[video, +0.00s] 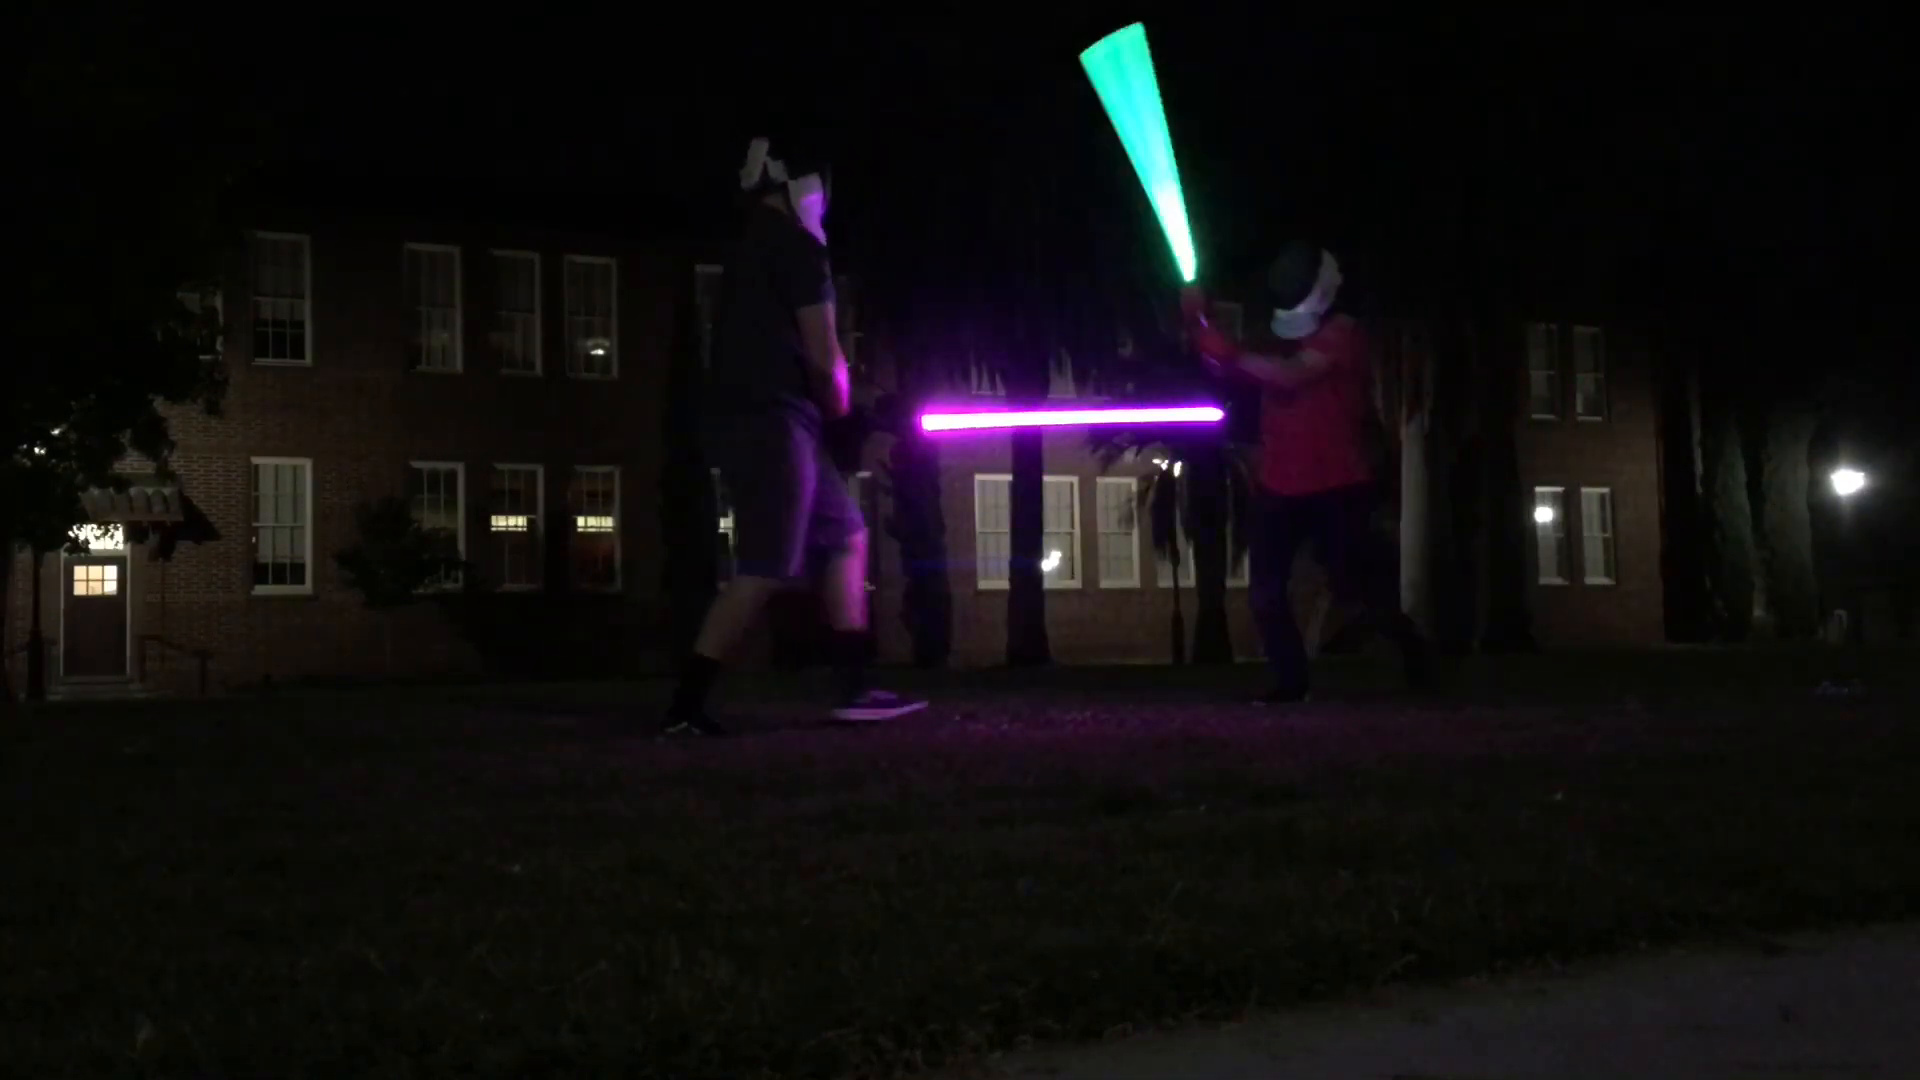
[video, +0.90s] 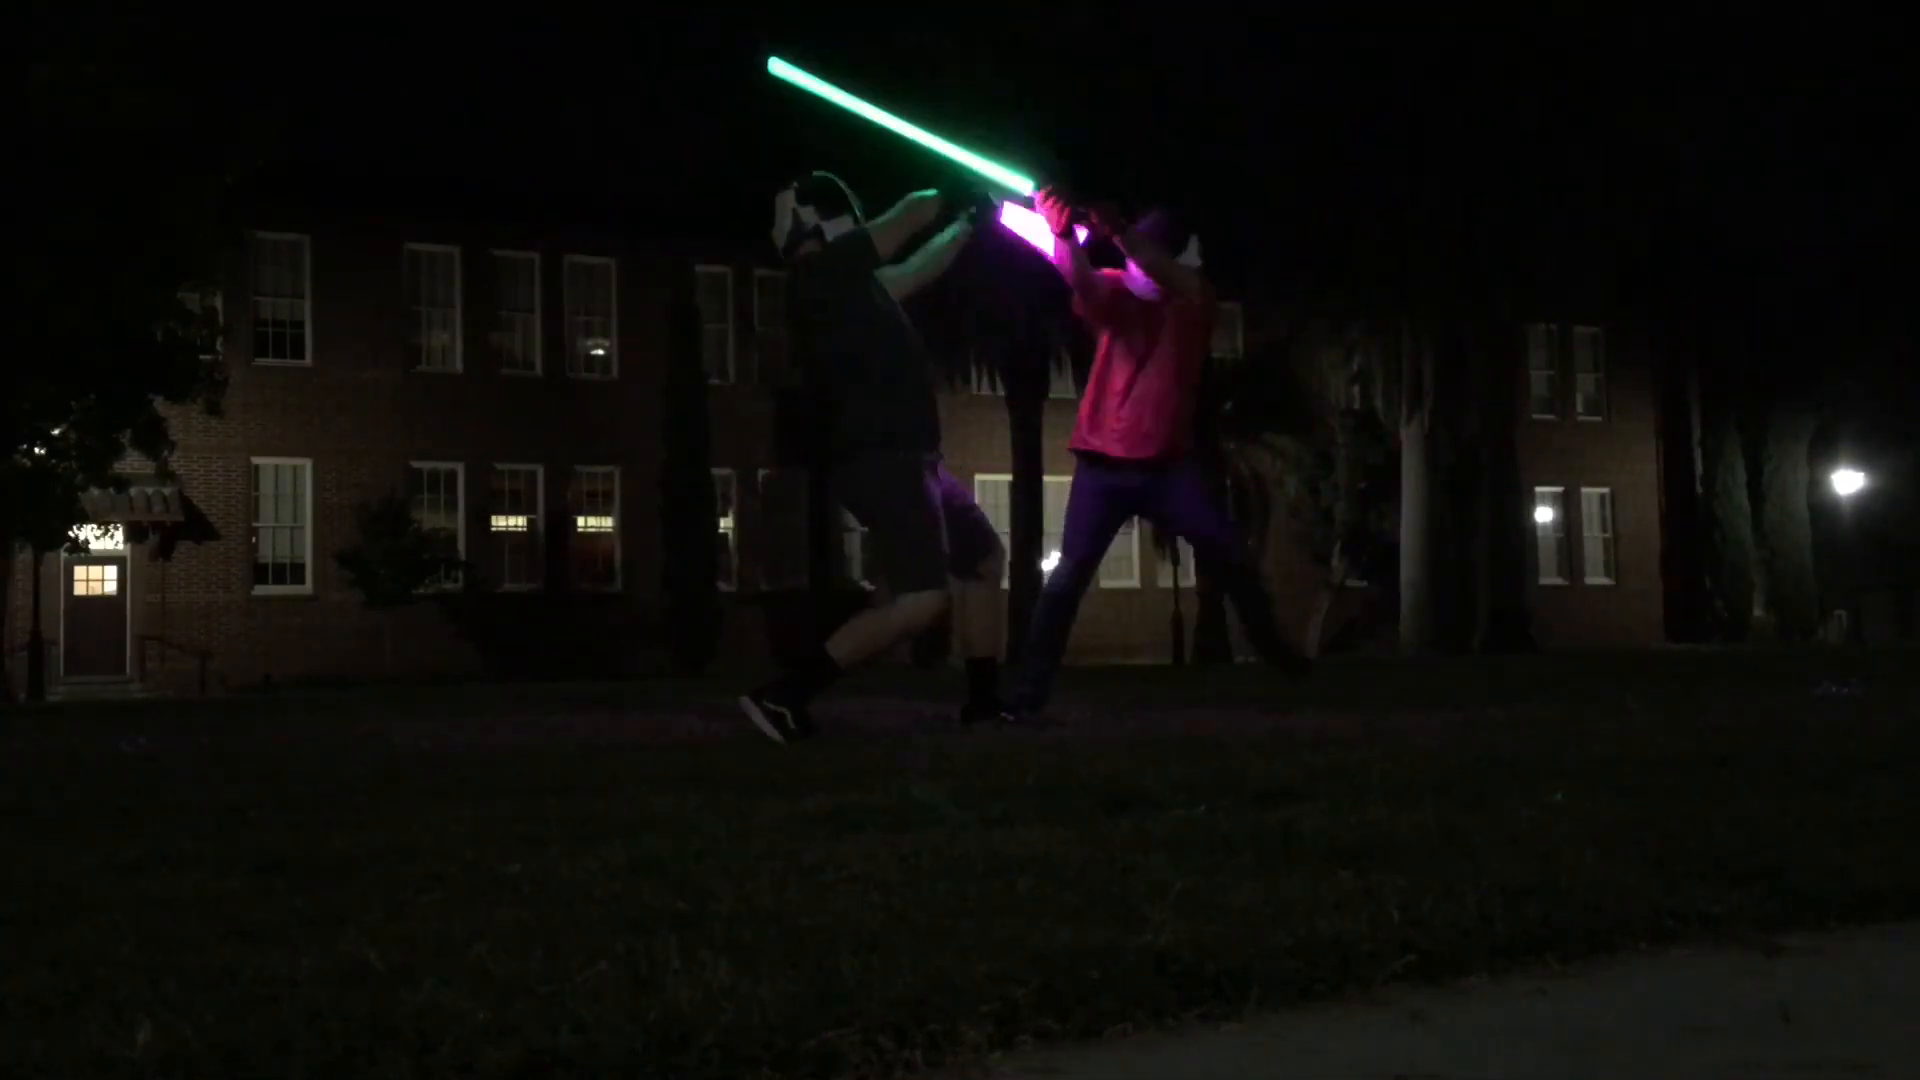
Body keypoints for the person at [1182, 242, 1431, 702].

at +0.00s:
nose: (1292, 320)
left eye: (1300, 309)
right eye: (1285, 312)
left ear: (1322, 297)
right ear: (1278, 306)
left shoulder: (1341, 335)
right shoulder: (1281, 344)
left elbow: (1292, 375)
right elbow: (1234, 374)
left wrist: (1228, 355)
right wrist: (1204, 331)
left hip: (1336, 488)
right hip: (1282, 490)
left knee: (1356, 589)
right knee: (1267, 592)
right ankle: (1289, 680)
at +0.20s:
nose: (1232, 275)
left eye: (1243, 266)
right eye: (1233, 266)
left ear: (1263, 275)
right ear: (1262, 276)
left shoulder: (1275, 323)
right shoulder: (1226, 315)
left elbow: (1211, 334)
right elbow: (1183, 303)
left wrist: (1160, 286)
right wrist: (1162, 259)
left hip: (1259, 472)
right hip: (1220, 471)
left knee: (1223, 572)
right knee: (1216, 573)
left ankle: (1281, 667)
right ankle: (1214, 676)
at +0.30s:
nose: (1216, 277)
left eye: (1225, 269)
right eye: (1217, 270)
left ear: (1245, 278)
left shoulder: (1254, 323)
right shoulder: (1213, 310)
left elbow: (1174, 330)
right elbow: (1182, 291)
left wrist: (1136, 278)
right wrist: (1149, 262)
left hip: (1223, 475)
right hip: (1186, 471)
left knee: (1183, 580)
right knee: (1149, 581)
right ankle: (1223, 652)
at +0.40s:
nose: (1196, 264)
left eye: (1208, 257)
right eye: (1195, 256)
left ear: (1223, 270)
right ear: (1187, 266)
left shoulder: (1230, 320)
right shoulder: (1169, 303)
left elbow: (1161, 316)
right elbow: (1131, 287)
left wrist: (1112, 269)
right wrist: (1092, 231)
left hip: (1204, 475)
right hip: (1156, 468)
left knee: (1154, 572)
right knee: (1093, 549)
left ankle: (1177, 688)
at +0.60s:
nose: (1126, 290)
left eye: (1135, 280)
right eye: (1121, 280)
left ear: (1159, 279)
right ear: (1111, 280)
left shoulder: (1185, 321)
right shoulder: (1102, 326)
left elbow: (1141, 283)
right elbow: (1055, 321)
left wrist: (1076, 242)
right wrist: (1035, 258)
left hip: (1164, 477)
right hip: (1102, 476)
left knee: (1131, 575)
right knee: (1049, 575)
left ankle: (1176, 685)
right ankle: (1026, 699)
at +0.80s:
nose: (1111, 261)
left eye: (1121, 253)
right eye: (1108, 254)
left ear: (1152, 253)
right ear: (1108, 256)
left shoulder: (1178, 295)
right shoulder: (1103, 296)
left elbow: (1153, 280)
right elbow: (1075, 292)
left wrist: (1098, 241)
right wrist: (1056, 245)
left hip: (1163, 458)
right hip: (1099, 461)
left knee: (1179, 547)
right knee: (1060, 578)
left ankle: (1218, 657)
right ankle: (1026, 695)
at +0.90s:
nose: (1135, 247)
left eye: (1147, 242)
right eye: (1134, 240)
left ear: (1174, 251)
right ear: (1127, 247)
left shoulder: (1193, 296)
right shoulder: (1112, 290)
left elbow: (1163, 273)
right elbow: (1079, 280)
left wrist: (1113, 232)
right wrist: (1063, 232)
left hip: (1169, 467)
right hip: (1103, 466)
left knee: (1228, 557)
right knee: (1068, 578)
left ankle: (1280, 661)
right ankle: (1026, 694)